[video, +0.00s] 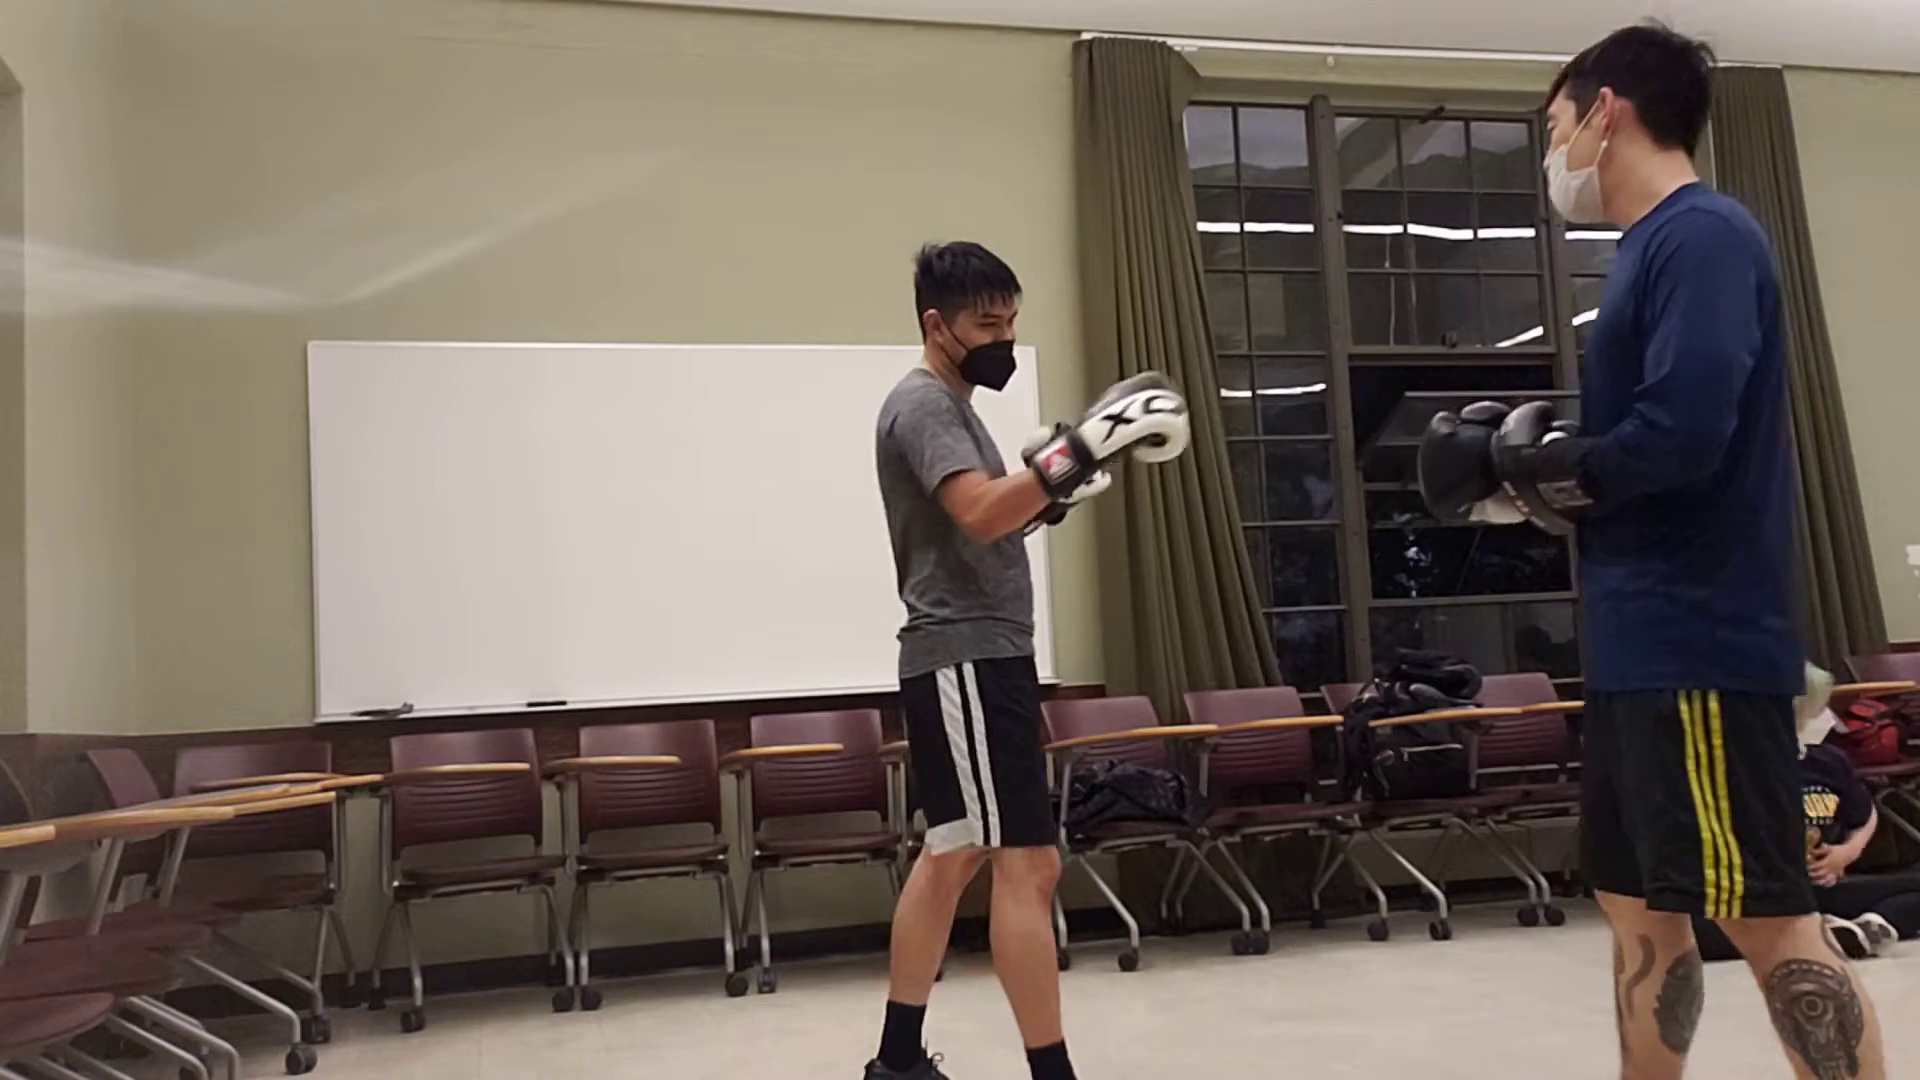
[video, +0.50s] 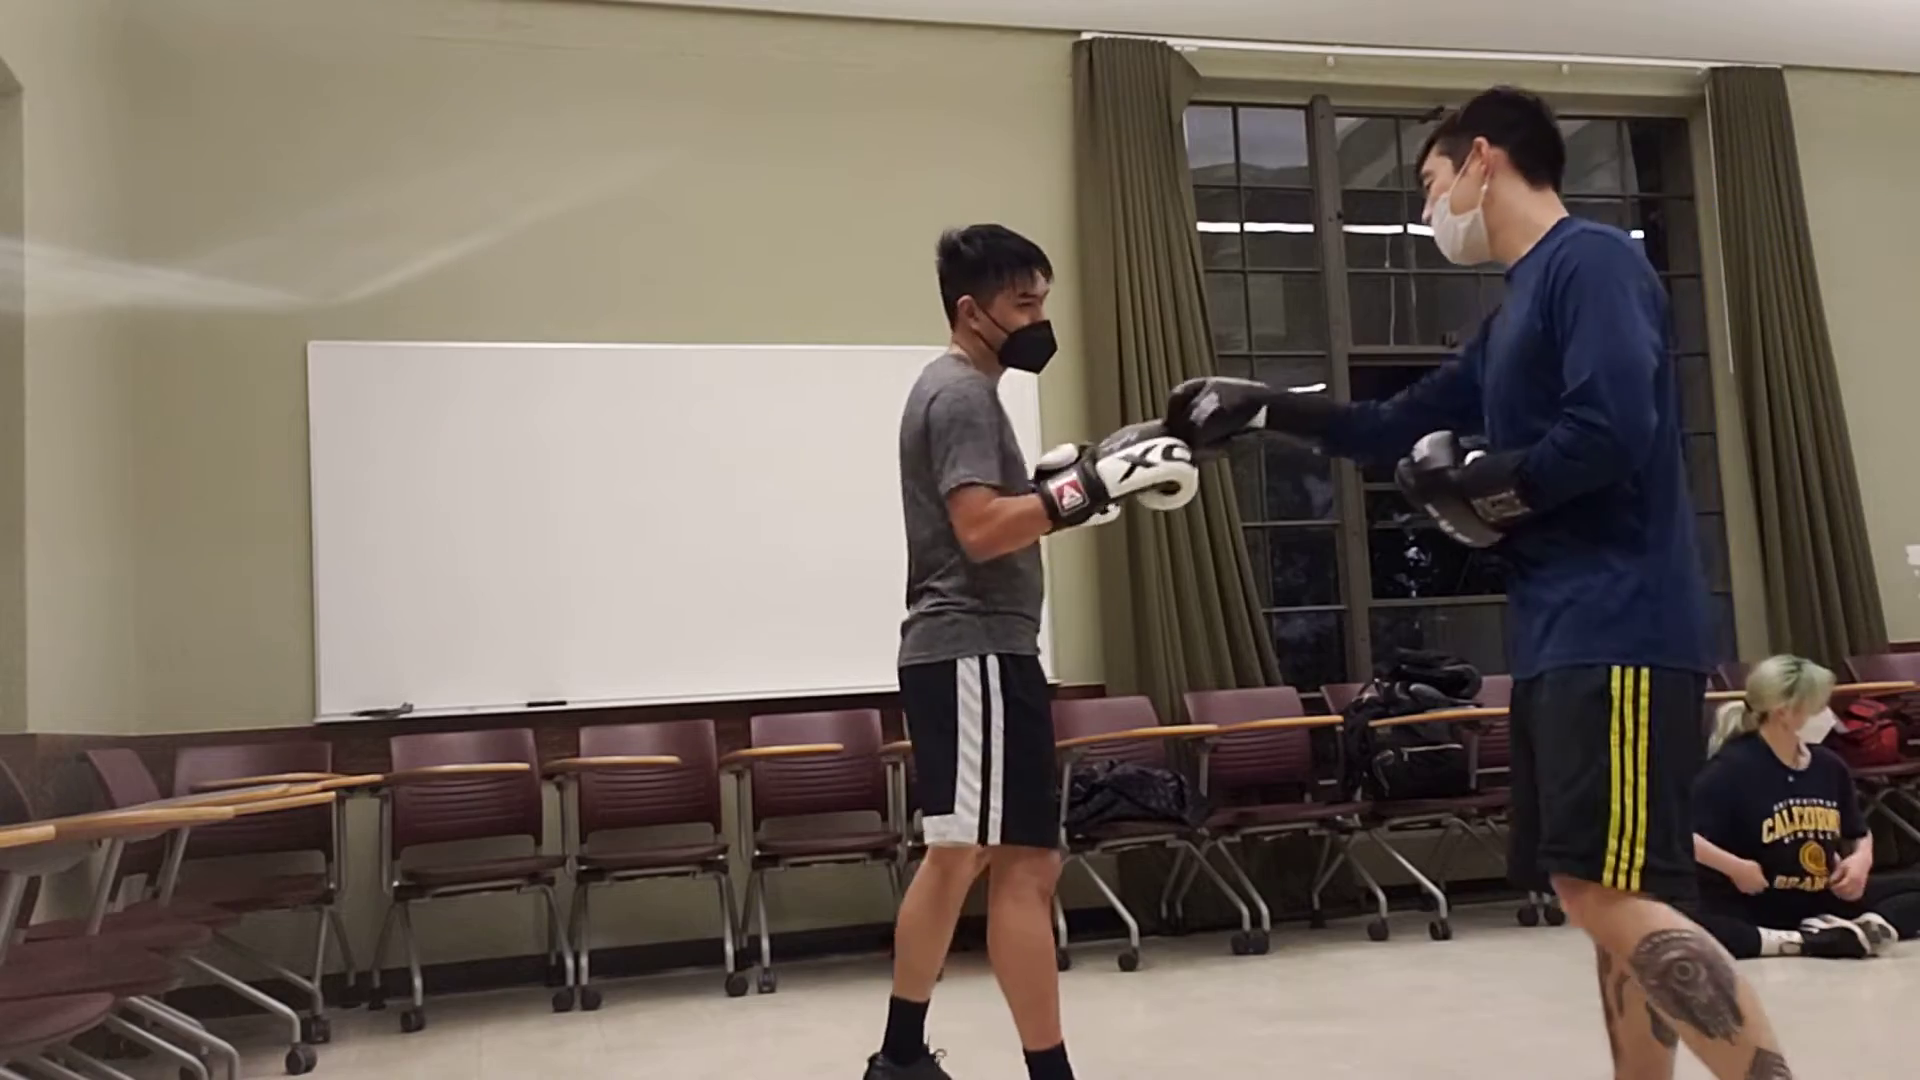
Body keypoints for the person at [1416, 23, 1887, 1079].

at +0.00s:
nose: (1554, 152)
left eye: (1557, 126)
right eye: (1551, 130)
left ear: (1608, 112)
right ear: (1633, 119)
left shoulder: (1703, 236)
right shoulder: (1655, 246)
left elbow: (1683, 437)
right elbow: (1647, 436)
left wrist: (1531, 465)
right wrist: (1532, 472)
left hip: (1707, 649)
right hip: (1639, 650)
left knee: (1766, 918)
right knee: (1636, 904)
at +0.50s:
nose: (1426, 207)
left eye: (1430, 182)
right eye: (1422, 189)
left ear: (1482, 162)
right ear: (1497, 172)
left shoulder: (1591, 260)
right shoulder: (1519, 308)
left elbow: (1612, 434)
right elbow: (1405, 428)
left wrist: (1481, 477)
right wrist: (1262, 408)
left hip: (1623, 629)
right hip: (1563, 633)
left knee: (1599, 888)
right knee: (1596, 890)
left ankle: (1762, 1069)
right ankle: (1644, 1079)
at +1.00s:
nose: (1372, 200)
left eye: (1370, 173)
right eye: (1367, 179)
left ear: (1414, 149)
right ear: (1441, 154)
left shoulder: (1518, 256)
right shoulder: (1492, 266)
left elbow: (1565, 424)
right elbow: (1516, 443)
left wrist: (1420, 480)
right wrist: (1397, 499)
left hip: (1521, 649)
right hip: (1525, 645)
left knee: (1521, 914)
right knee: (1577, 910)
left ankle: (1583, 1079)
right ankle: (1625, 1074)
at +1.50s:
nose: (1320, 177)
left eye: (1316, 149)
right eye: (1315, 154)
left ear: (1357, 130)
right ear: (1407, 130)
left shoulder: (1444, 251)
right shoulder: (1461, 241)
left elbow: (1489, 443)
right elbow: (1481, 445)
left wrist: (1356, 502)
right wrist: (1352, 491)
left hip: (1466, 652)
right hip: (1432, 646)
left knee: (1505, 928)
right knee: (1389, 881)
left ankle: (1572, 1078)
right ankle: (1502, 1068)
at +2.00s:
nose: (1207, 221)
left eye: (1207, 198)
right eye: (1205, 201)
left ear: (1239, 187)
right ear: (1296, 186)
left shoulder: (1314, 288)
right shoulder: (1331, 282)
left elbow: (1362, 458)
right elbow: (1328, 465)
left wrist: (1234, 519)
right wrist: (1216, 533)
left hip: (1332, 668)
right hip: (1324, 665)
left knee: (1358, 936)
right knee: (1348, 933)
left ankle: (1492, 1066)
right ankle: (1363, 1074)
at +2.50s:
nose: (1037, 247)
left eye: (1038, 231)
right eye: (1040, 231)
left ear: (1054, 229)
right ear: (1144, 233)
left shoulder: (1060, 337)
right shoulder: (1211, 347)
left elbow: (919, 472)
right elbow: (1237, 519)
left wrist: (947, 421)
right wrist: (1085, 548)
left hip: (1118, 692)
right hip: (1232, 691)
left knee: (1007, 944)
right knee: (1281, 935)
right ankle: (1345, 1079)